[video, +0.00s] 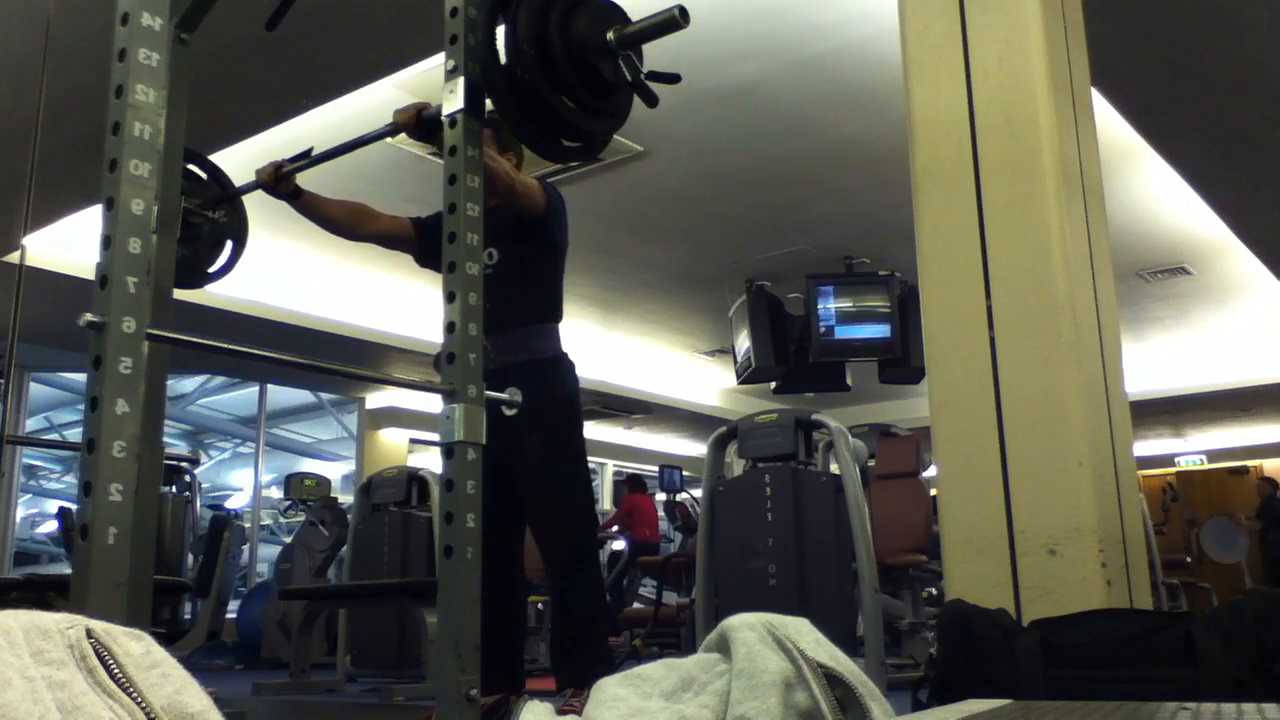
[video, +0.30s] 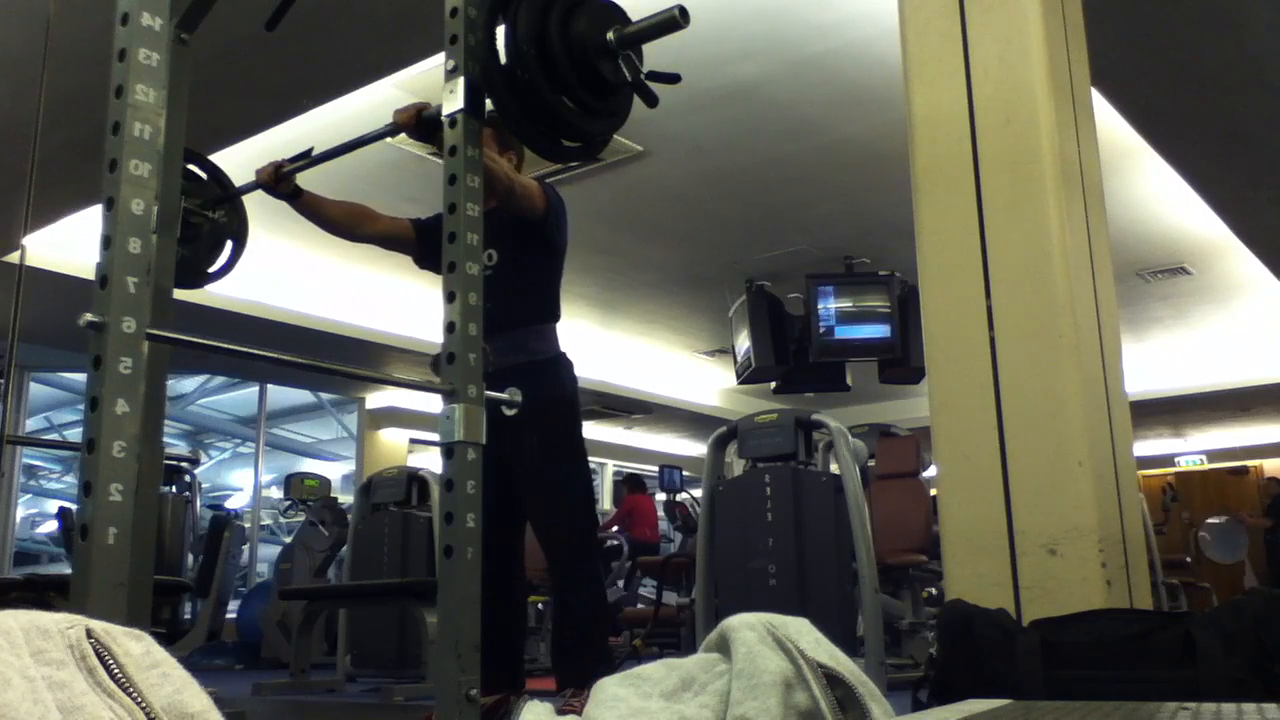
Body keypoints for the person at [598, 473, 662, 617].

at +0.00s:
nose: (626, 490)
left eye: (627, 487)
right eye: (626, 487)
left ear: (630, 487)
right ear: (644, 487)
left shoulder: (630, 500)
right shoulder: (650, 500)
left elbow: (616, 519)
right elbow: (636, 522)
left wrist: (600, 529)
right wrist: (618, 531)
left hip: (637, 547)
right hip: (654, 547)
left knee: (613, 559)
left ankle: (618, 602)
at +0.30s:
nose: (624, 490)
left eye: (625, 487)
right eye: (624, 487)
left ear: (630, 487)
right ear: (642, 486)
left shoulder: (630, 500)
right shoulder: (649, 500)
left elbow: (615, 521)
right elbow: (634, 523)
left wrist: (599, 530)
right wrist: (615, 534)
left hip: (636, 547)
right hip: (654, 547)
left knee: (605, 553)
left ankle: (611, 586)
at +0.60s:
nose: (624, 491)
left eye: (625, 488)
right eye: (624, 488)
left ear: (629, 488)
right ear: (641, 486)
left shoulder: (631, 501)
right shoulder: (649, 500)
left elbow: (617, 519)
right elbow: (634, 523)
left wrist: (602, 529)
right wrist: (617, 532)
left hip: (637, 546)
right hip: (654, 546)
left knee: (609, 569)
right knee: (625, 572)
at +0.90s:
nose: (625, 491)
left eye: (626, 488)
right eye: (626, 488)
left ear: (630, 488)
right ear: (643, 487)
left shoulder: (631, 500)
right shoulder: (650, 500)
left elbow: (616, 520)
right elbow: (639, 521)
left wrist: (601, 529)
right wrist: (621, 529)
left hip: (637, 547)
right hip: (654, 547)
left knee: (614, 559)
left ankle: (617, 602)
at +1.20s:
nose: (624, 490)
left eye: (625, 487)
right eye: (624, 487)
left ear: (629, 487)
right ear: (643, 486)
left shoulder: (631, 500)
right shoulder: (649, 500)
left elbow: (616, 520)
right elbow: (635, 522)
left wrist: (600, 530)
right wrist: (617, 533)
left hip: (636, 544)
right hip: (653, 545)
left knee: (605, 553)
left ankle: (610, 584)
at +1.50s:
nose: (623, 491)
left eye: (624, 487)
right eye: (623, 488)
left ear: (629, 487)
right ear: (642, 486)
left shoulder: (631, 500)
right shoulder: (649, 500)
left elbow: (617, 519)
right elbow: (635, 522)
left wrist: (601, 529)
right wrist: (618, 532)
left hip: (637, 545)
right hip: (654, 545)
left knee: (621, 573)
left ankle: (629, 601)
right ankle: (635, 600)